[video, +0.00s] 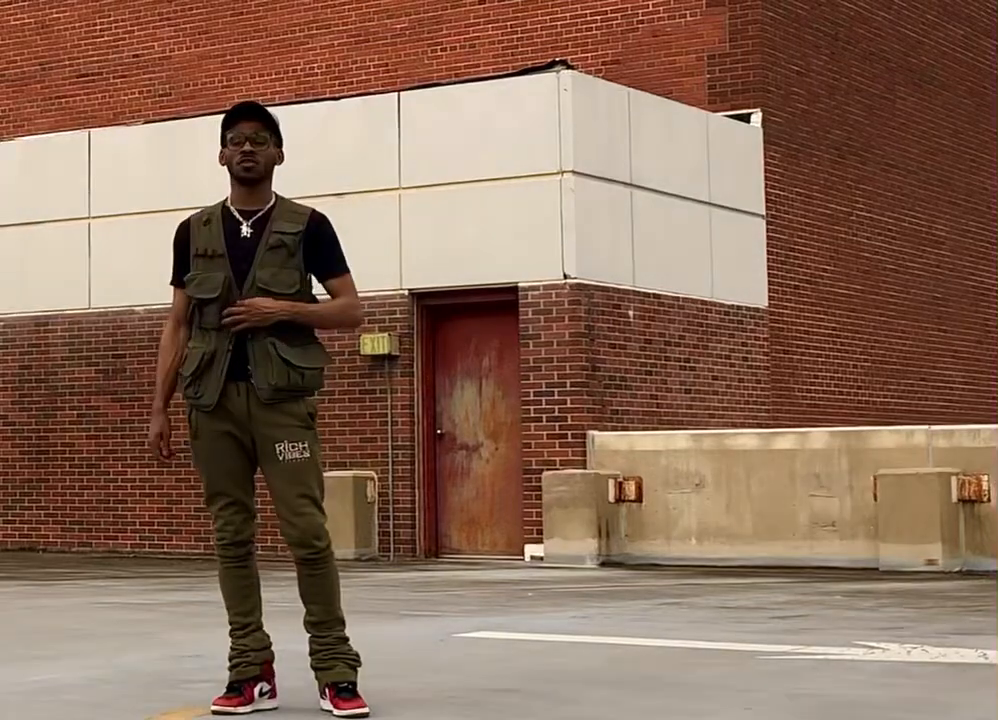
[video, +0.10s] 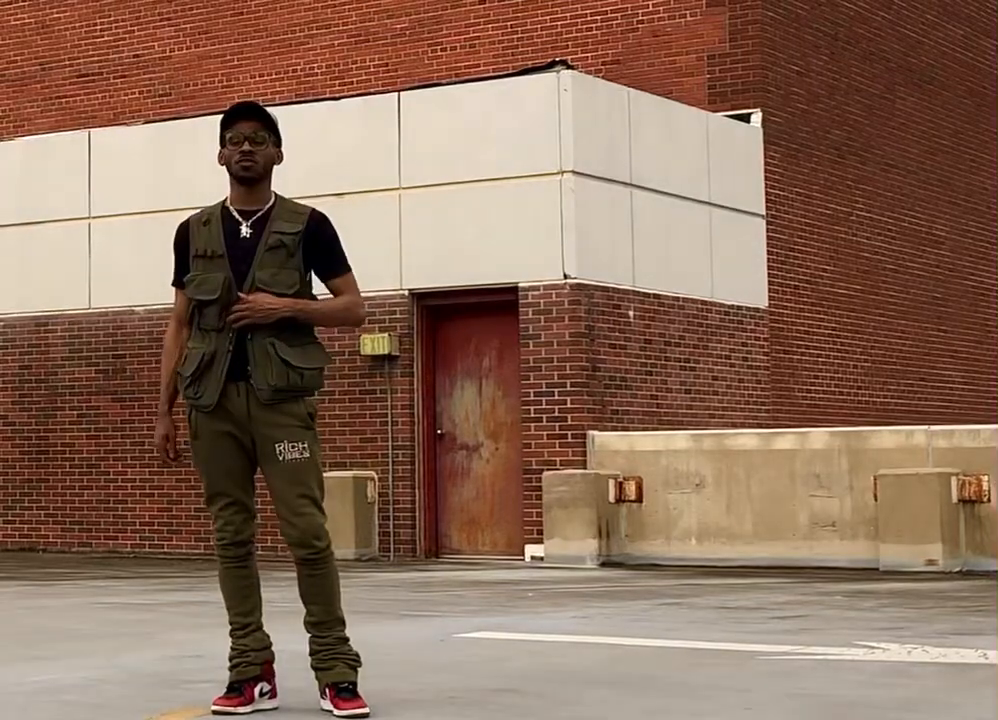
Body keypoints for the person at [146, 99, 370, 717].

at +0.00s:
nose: (247, 150)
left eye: (259, 142)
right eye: (237, 142)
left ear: (278, 154)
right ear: (222, 154)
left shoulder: (307, 226)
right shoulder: (193, 231)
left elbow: (350, 310)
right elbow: (176, 323)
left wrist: (283, 308)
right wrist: (161, 403)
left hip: (284, 403)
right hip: (211, 406)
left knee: (309, 538)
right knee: (232, 540)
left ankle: (336, 673)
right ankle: (250, 670)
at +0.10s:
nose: (246, 150)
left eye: (257, 142)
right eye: (236, 142)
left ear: (277, 154)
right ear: (221, 154)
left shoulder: (307, 226)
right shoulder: (193, 232)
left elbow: (353, 308)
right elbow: (178, 324)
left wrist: (286, 306)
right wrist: (167, 407)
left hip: (284, 402)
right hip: (212, 404)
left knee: (308, 538)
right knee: (232, 540)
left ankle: (336, 673)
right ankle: (250, 669)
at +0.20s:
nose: (245, 149)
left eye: (257, 141)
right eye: (235, 141)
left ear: (276, 153)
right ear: (220, 153)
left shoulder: (307, 226)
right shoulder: (193, 232)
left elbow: (352, 308)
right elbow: (179, 324)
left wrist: (285, 305)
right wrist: (170, 407)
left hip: (283, 403)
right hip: (211, 405)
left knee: (308, 539)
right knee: (233, 541)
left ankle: (336, 673)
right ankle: (250, 669)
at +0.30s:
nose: (245, 150)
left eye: (256, 142)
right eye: (235, 142)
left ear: (276, 153)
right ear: (219, 154)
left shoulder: (307, 225)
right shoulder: (193, 232)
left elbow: (350, 310)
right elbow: (180, 325)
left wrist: (285, 302)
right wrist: (172, 406)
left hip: (284, 403)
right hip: (211, 405)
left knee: (308, 538)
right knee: (232, 540)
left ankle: (336, 673)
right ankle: (249, 667)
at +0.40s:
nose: (246, 151)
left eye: (257, 142)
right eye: (236, 143)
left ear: (276, 154)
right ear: (220, 154)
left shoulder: (307, 226)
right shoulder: (193, 233)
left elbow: (350, 310)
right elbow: (181, 323)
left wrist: (287, 301)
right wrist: (173, 403)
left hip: (284, 403)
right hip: (212, 405)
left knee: (308, 538)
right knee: (232, 540)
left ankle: (336, 672)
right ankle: (249, 667)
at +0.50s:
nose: (253, 150)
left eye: (263, 143)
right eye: (241, 141)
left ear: (277, 154)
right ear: (221, 153)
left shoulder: (306, 226)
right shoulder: (192, 233)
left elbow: (347, 309)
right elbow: (179, 323)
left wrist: (287, 312)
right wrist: (169, 398)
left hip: (284, 403)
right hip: (212, 405)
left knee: (309, 538)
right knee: (232, 540)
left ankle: (336, 672)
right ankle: (250, 668)